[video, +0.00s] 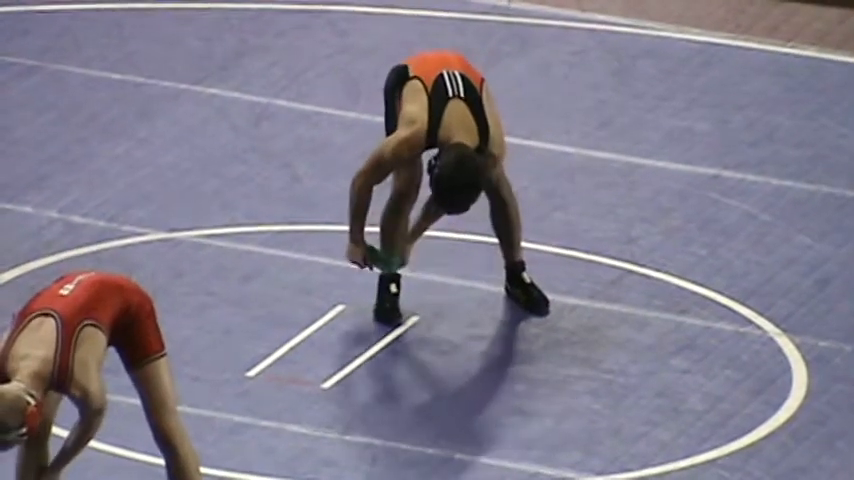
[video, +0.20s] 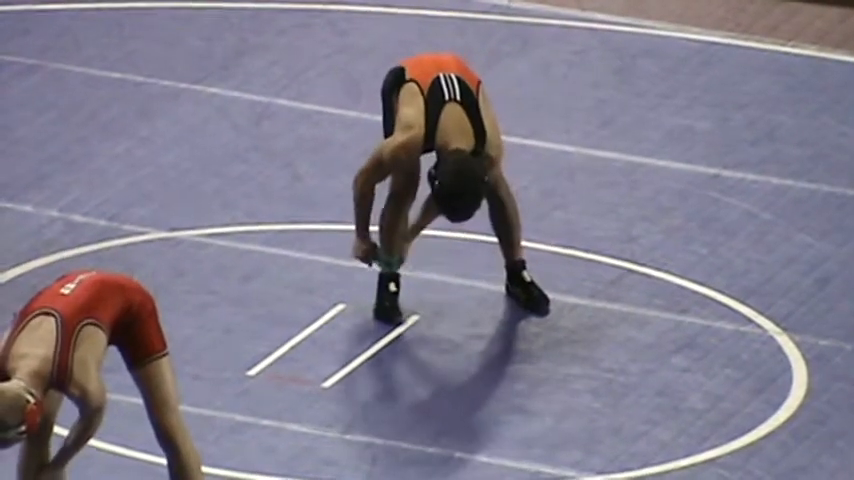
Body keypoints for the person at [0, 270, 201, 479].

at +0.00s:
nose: (21, 441)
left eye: (17, 438)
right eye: (14, 440)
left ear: (32, 411)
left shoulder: (83, 384)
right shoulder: (4, 364)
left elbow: (91, 419)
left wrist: (54, 470)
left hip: (124, 297)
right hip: (67, 288)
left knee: (166, 431)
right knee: (36, 434)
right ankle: (31, 476)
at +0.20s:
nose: (21, 437)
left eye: (17, 434)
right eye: (14, 437)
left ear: (33, 410)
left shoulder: (82, 383)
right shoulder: (4, 362)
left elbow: (92, 416)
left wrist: (57, 466)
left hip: (126, 296)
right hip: (70, 288)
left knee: (168, 430)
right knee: (37, 434)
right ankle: (33, 474)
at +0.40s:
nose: (19, 435)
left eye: (15, 432)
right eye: (14, 434)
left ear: (31, 408)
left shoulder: (82, 382)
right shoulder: (4, 362)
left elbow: (92, 414)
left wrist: (53, 463)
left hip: (126, 296)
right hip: (69, 287)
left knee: (168, 429)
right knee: (36, 436)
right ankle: (32, 476)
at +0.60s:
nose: (19, 430)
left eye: (18, 427)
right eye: (13, 430)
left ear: (32, 402)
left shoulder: (82, 375)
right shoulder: (6, 362)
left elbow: (96, 414)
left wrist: (56, 463)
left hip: (128, 294)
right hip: (72, 285)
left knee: (171, 427)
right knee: (39, 429)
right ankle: (32, 473)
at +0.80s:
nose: (22, 426)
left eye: (22, 419)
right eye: (15, 423)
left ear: (34, 390)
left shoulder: (86, 372)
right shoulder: (6, 354)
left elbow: (90, 417)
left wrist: (48, 464)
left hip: (130, 292)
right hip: (74, 282)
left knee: (172, 428)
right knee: (42, 423)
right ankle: (31, 474)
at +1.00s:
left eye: (27, 384)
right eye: (16, 388)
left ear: (45, 359)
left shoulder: (94, 352)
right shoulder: (9, 328)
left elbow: (86, 420)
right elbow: (23, 388)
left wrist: (50, 463)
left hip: (135, 290)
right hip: (71, 278)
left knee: (172, 430)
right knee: (41, 423)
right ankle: (33, 476)